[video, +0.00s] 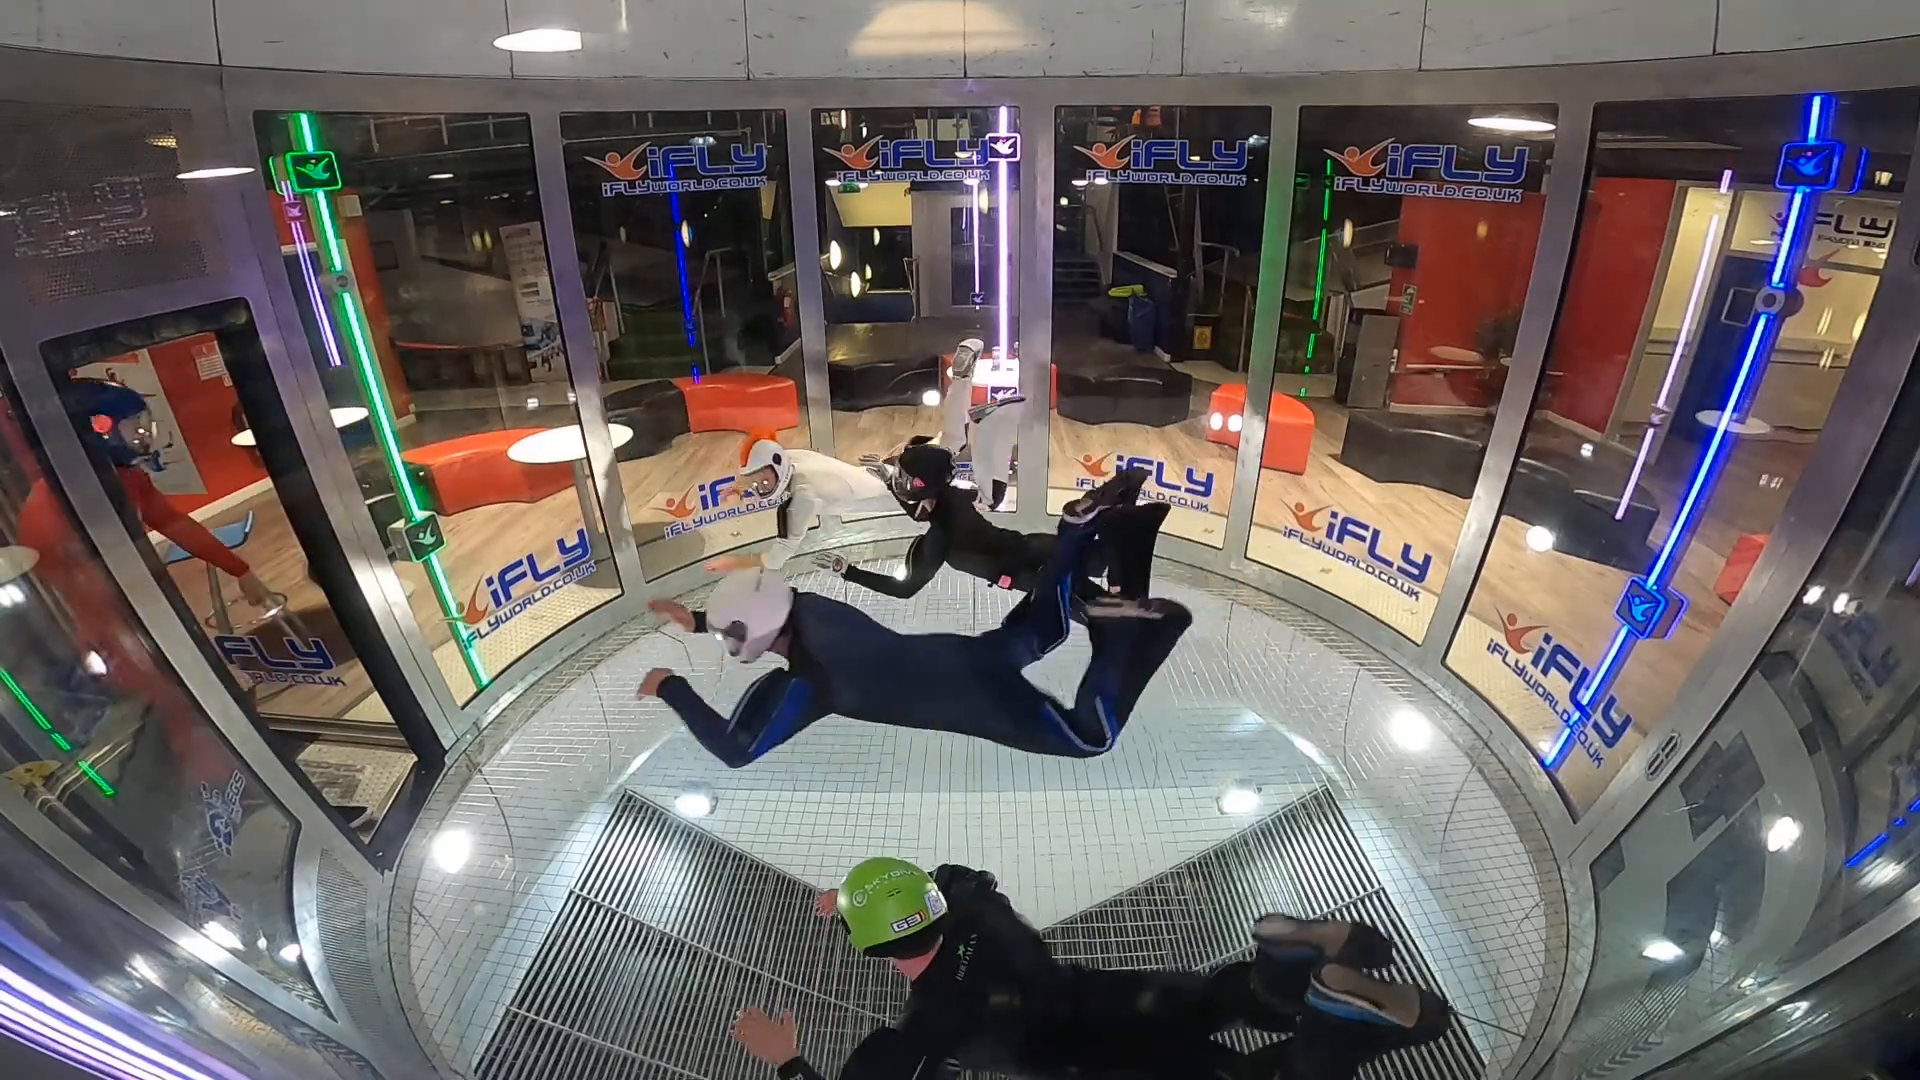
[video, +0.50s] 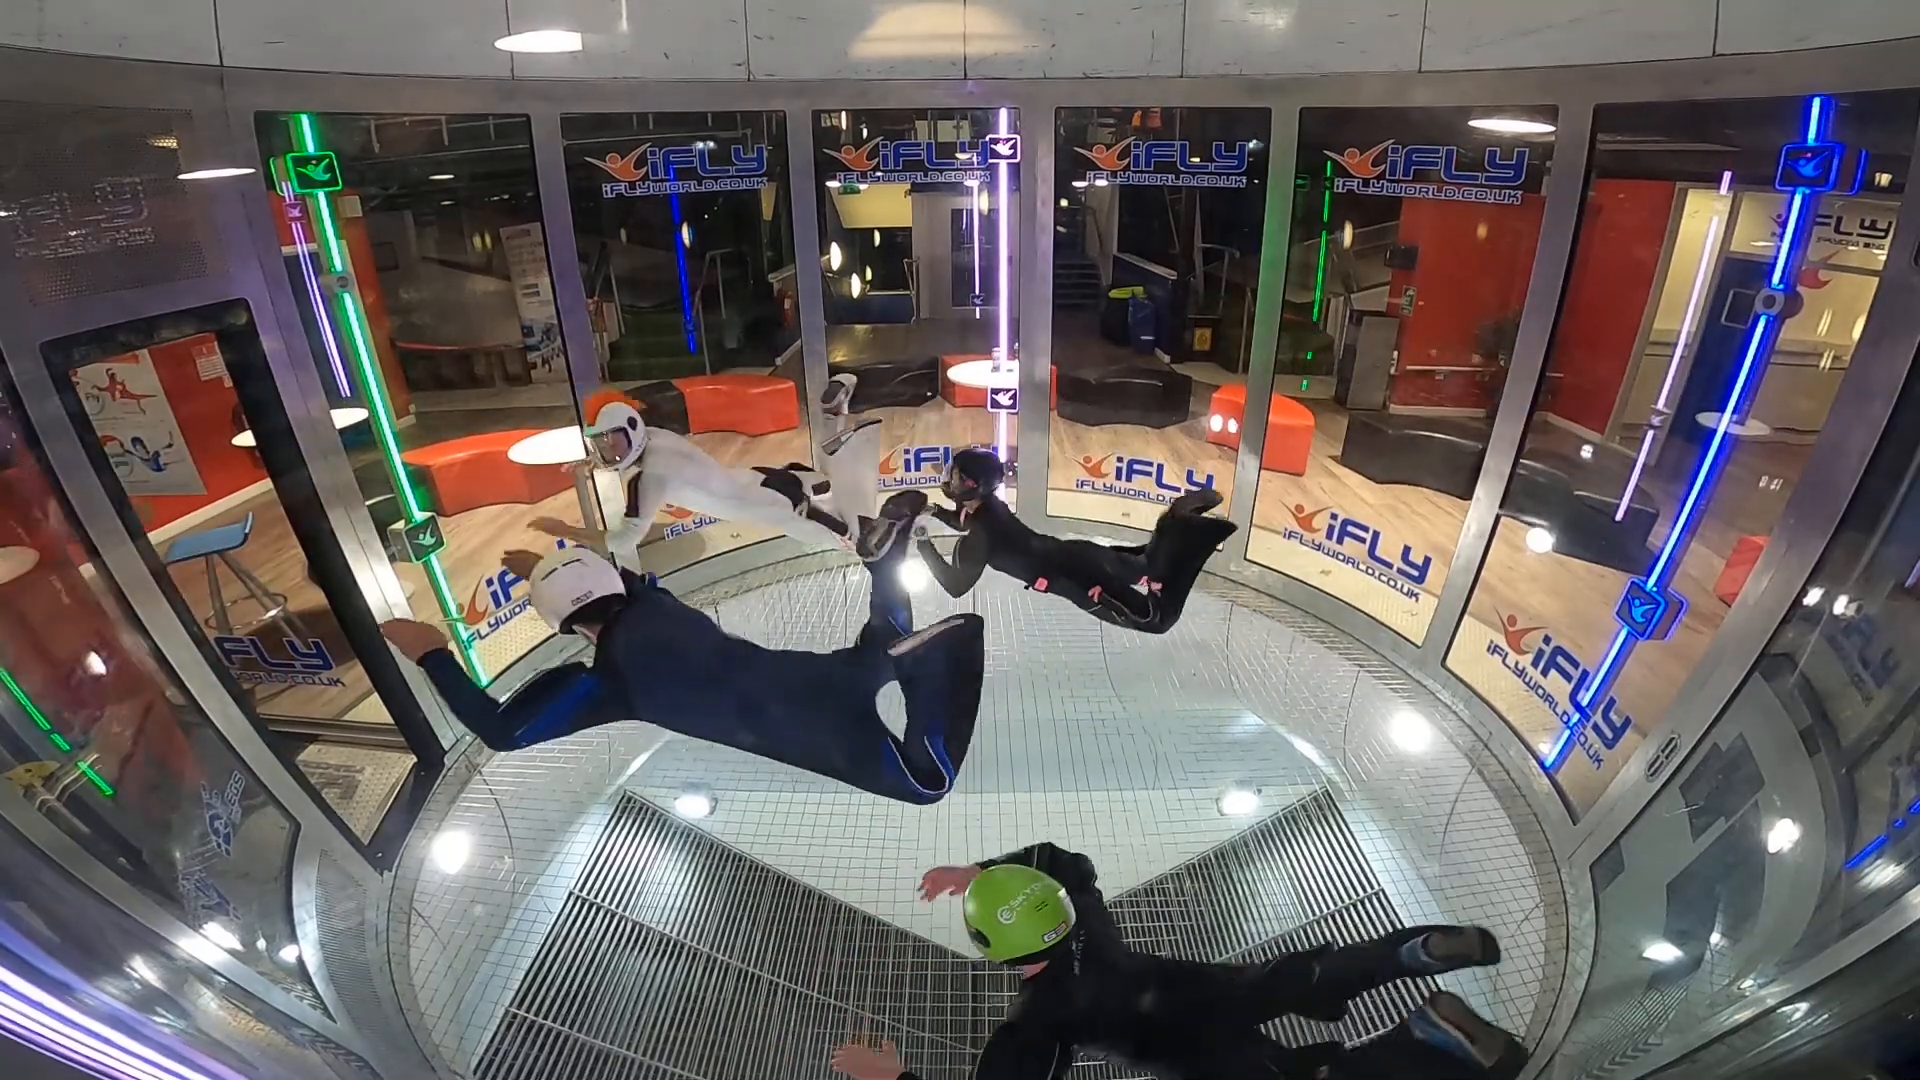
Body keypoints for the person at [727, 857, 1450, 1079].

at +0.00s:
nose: (880, 964)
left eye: (882, 954)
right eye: (875, 954)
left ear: (912, 951)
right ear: (928, 915)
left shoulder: (930, 1016)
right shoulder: (972, 898)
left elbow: (859, 1078)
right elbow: (931, 885)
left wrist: (787, 1059)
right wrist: (856, 900)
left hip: (1088, 1052)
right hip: (1096, 987)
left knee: (1218, 1061)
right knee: (1199, 995)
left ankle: (1337, 1025)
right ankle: (1289, 960)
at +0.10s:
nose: (902, 961)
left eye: (903, 954)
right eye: (894, 951)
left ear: (919, 954)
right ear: (941, 904)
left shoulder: (944, 1022)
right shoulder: (979, 892)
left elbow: (875, 1076)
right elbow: (937, 881)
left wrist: (822, 1043)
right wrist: (869, 894)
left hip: (1102, 1052)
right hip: (1114, 994)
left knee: (1219, 1059)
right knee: (1211, 1006)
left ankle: (1347, 1043)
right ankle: (1302, 987)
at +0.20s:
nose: (914, 965)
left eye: (913, 956)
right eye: (915, 953)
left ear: (933, 956)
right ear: (968, 905)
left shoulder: (979, 1018)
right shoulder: (1002, 904)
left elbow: (882, 1072)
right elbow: (967, 881)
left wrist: (862, 1021)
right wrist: (890, 898)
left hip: (1139, 1053)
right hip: (1150, 1005)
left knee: (1266, 1048)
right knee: (1248, 1012)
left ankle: (1373, 1028)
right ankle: (1349, 984)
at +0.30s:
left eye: (949, 950)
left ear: (962, 962)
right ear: (1000, 909)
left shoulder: (995, 1021)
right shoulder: (1034, 907)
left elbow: (903, 1072)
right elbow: (1010, 872)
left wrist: (865, 1025)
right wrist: (933, 890)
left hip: (1134, 1055)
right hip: (1151, 1001)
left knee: (1258, 1046)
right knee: (1249, 1009)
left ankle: (1367, 1031)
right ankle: (1359, 981)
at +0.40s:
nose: (976, 964)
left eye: (978, 956)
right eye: (976, 952)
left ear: (1001, 962)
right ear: (1030, 908)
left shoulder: (1022, 1021)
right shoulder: (1058, 906)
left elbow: (948, 1079)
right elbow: (1032, 863)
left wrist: (869, 1060)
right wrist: (964, 900)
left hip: (1160, 1047)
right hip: (1175, 989)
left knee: (1272, 1057)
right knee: (1270, 1000)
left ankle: (1358, 1044)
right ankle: (1377, 973)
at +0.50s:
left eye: (997, 941)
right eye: (1019, 926)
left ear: (1011, 954)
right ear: (1042, 917)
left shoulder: (1041, 1021)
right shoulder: (1078, 912)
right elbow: (1056, 859)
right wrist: (976, 874)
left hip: (1189, 1027)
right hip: (1197, 1001)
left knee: (1297, 1048)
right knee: (1300, 984)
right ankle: (1419, 956)